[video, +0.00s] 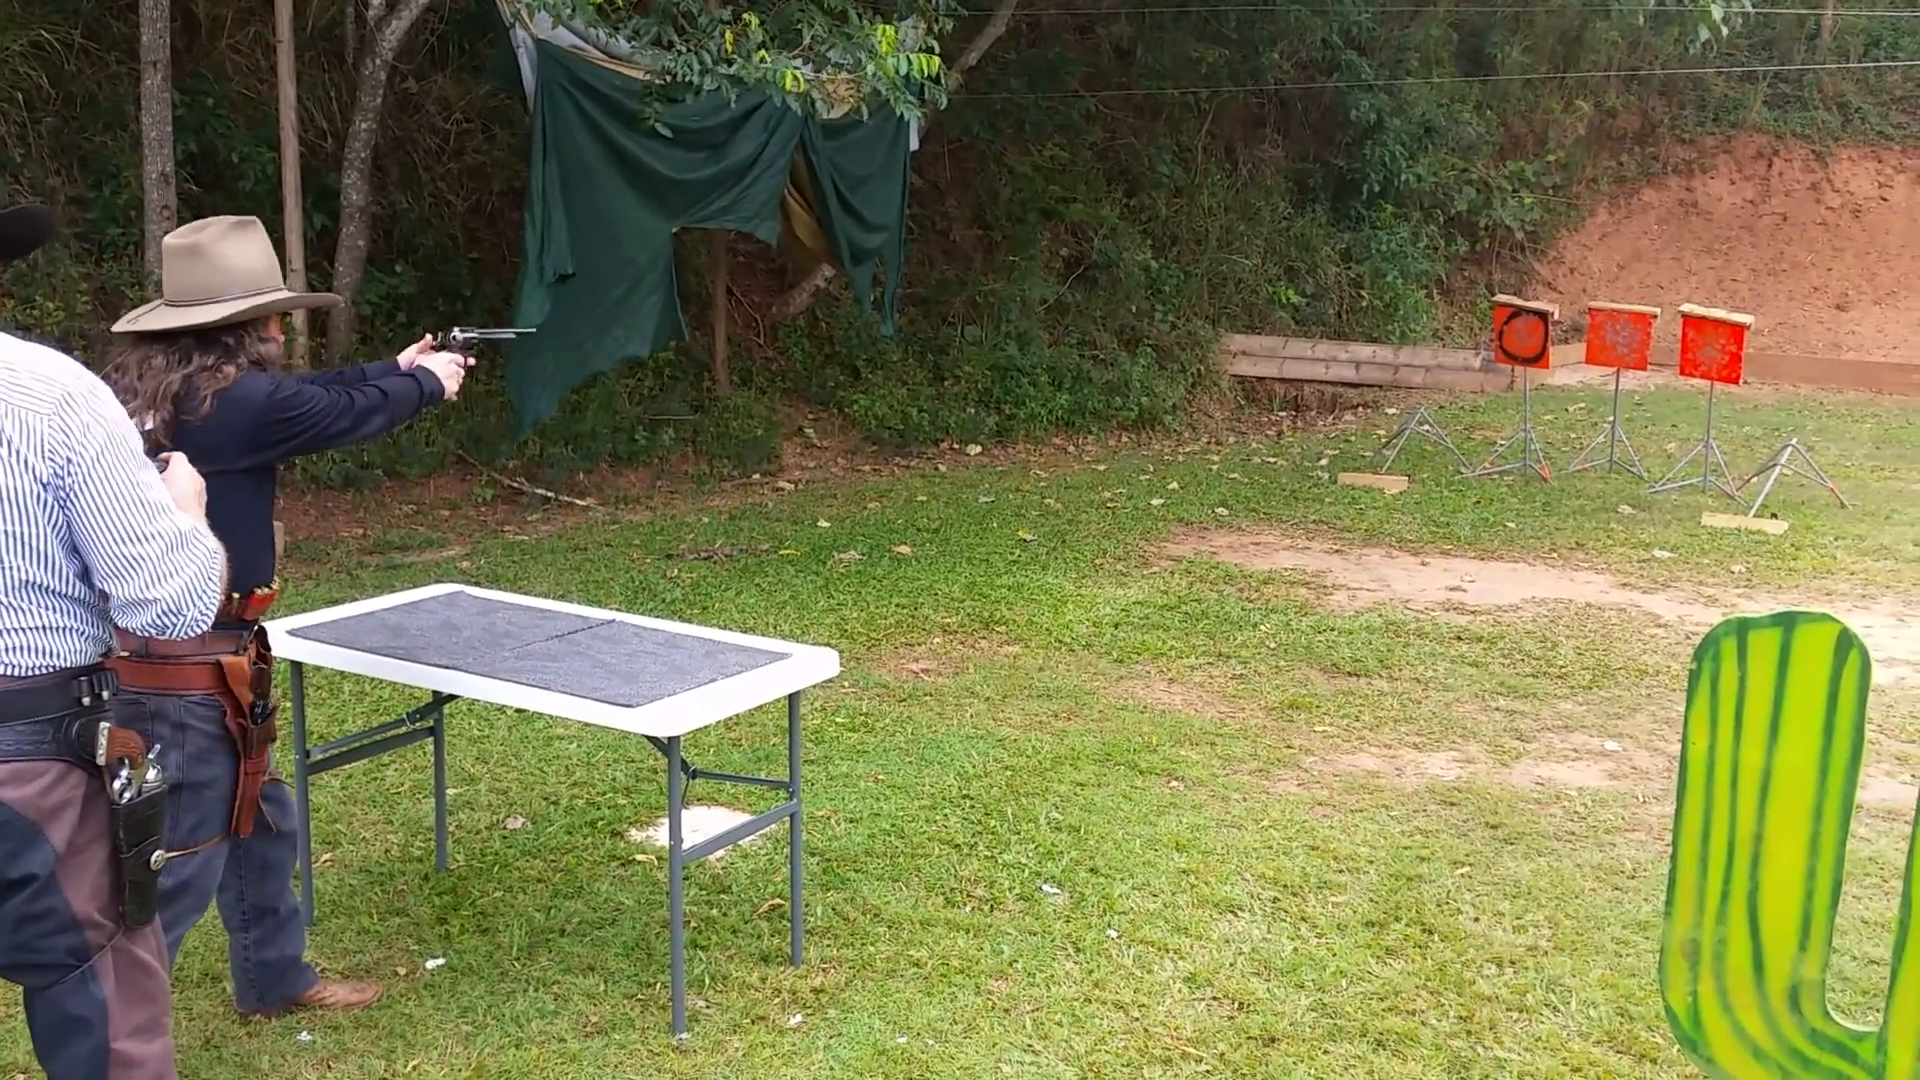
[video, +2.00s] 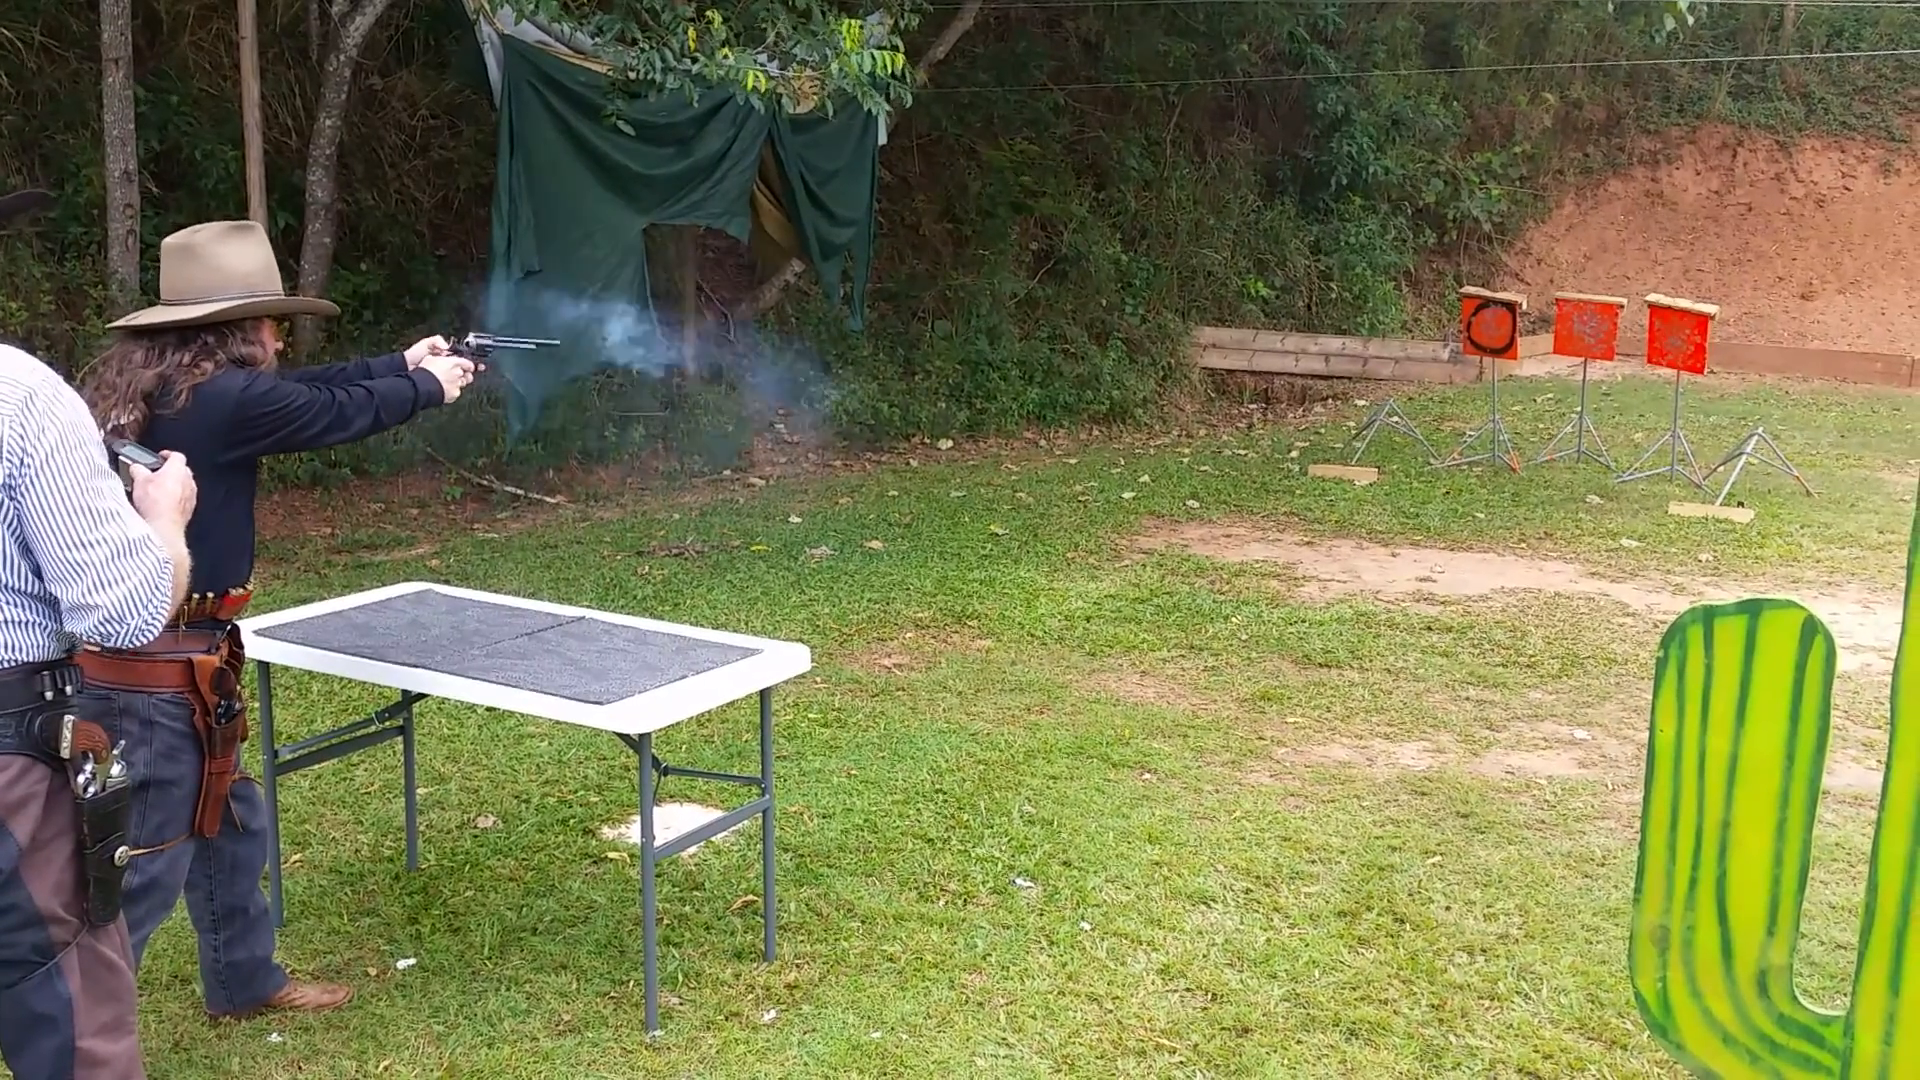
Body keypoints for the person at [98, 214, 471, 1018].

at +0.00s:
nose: (281, 329)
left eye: (276, 316)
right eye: (271, 317)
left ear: (192, 325)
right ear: (243, 327)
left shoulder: (161, 393)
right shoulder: (231, 403)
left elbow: (306, 397)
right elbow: (342, 412)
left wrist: (393, 370)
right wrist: (427, 384)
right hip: (192, 663)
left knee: (263, 815)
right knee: (183, 858)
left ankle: (275, 980)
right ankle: (108, 1012)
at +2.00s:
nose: (279, 338)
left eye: (276, 324)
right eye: (269, 323)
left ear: (192, 325)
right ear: (233, 328)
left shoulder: (141, 384)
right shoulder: (224, 399)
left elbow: (304, 391)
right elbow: (336, 414)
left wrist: (401, 364)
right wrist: (429, 386)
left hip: (125, 651)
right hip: (160, 663)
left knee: (235, 814)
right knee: (146, 864)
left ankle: (244, 982)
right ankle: (71, 1019)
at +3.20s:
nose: (264, 366)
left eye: (268, 352)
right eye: (264, 350)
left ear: (189, 321)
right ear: (235, 339)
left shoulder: (138, 378)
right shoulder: (188, 398)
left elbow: (219, 449)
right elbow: (300, 484)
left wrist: (301, 436)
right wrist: (376, 446)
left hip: (185, 653)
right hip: (155, 666)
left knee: (235, 819)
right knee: (149, 855)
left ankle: (240, 985)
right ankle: (76, 1012)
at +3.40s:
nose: (250, 399)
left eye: (257, 386)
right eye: (254, 382)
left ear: (192, 341)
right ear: (228, 363)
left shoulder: (125, 377)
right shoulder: (143, 387)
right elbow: (202, 465)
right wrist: (279, 507)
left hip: (193, 659)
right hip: (135, 670)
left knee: (236, 823)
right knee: (137, 862)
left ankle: (240, 988)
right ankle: (78, 1018)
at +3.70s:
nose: (213, 413)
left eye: (220, 401)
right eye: (212, 398)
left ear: (160, 363)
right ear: (177, 378)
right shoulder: (121, 438)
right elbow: (174, 559)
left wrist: (204, 534)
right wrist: (233, 622)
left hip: (178, 670)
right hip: (112, 680)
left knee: (216, 833)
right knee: (117, 869)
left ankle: (236, 987)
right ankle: (72, 1007)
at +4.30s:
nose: (224, 358)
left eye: (225, 344)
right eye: (217, 344)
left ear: (148, 338)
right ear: (177, 347)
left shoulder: (134, 404)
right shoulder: (122, 407)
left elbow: (169, 509)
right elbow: (160, 518)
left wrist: (238, 508)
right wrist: (240, 522)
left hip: (168, 667)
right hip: (120, 678)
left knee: (213, 836)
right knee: (131, 879)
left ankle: (236, 993)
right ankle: (63, 1032)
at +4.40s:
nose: (224, 356)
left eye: (222, 341)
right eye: (218, 341)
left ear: (133, 341)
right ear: (185, 347)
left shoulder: (103, 411)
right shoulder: (155, 420)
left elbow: (205, 488)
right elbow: (255, 525)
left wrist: (275, 466)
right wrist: (313, 490)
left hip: (150, 668)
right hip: (128, 679)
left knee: (212, 830)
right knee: (130, 878)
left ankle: (237, 993)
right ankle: (70, 1034)